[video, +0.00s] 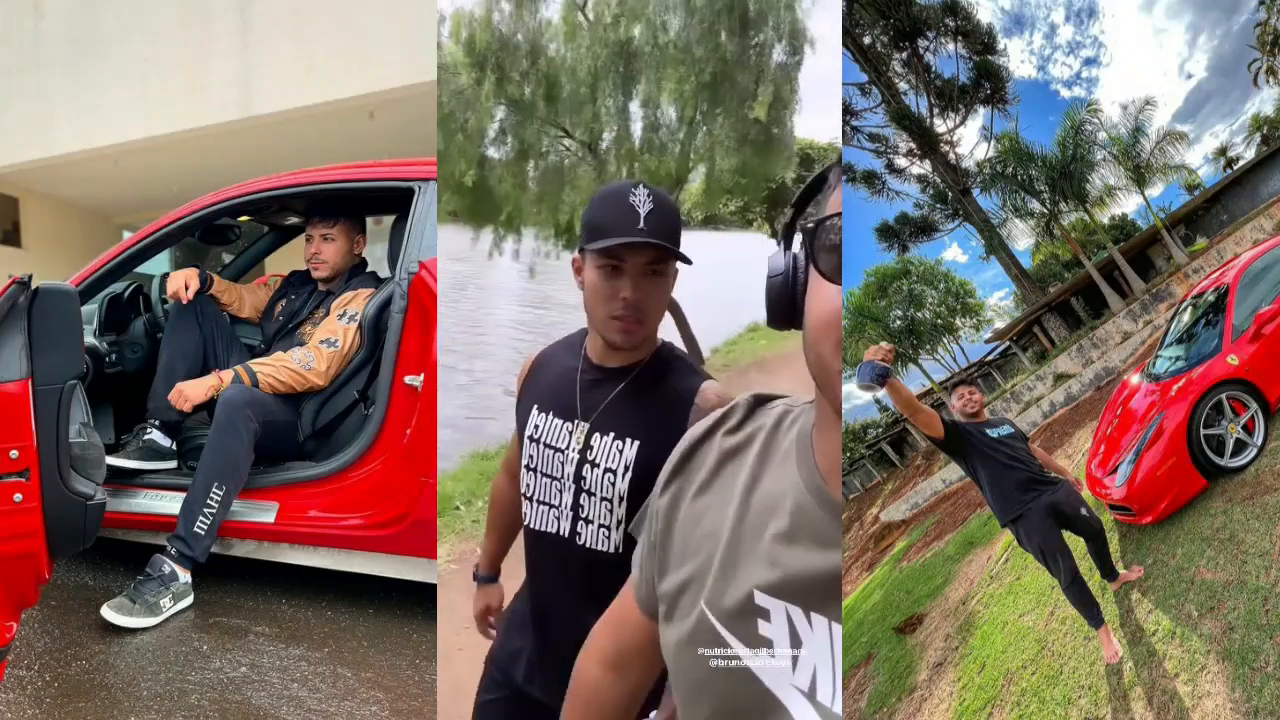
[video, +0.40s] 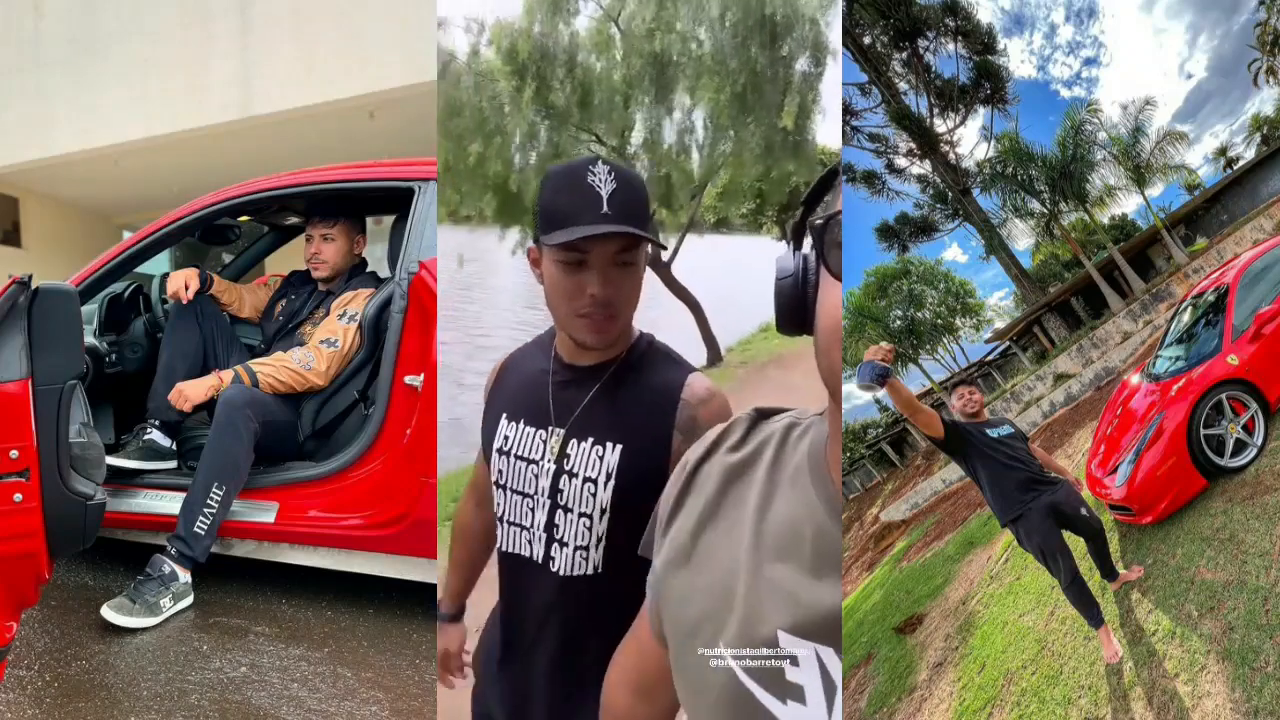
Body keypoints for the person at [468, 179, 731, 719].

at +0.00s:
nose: (631, 293)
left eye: (654, 271)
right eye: (612, 268)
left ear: (673, 280)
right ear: (579, 271)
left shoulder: (702, 409)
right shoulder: (544, 371)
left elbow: (711, 556)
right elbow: (516, 475)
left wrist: (683, 691)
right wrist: (486, 571)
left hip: (629, 676)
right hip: (530, 647)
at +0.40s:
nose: (599, 290)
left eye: (622, 262)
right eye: (574, 263)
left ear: (645, 263)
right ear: (537, 265)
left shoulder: (691, 409)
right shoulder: (512, 376)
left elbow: (704, 577)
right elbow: (483, 500)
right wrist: (450, 608)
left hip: (613, 698)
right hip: (507, 680)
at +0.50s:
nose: (613, 292)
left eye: (636, 267)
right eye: (591, 265)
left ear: (658, 270)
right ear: (552, 265)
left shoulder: (702, 408)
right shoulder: (521, 378)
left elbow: (725, 571)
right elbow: (463, 513)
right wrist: (406, 626)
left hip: (631, 691)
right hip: (525, 672)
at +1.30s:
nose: (584, 314)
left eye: (607, 292)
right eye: (564, 289)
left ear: (636, 286)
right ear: (536, 278)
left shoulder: (668, 399)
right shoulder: (513, 355)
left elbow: (675, 572)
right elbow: (475, 471)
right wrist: (430, 583)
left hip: (598, 687)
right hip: (493, 661)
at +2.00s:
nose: (635, 292)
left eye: (658, 265)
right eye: (611, 264)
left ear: (676, 267)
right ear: (572, 264)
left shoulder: (718, 401)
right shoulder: (522, 366)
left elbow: (723, 583)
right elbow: (468, 499)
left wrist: (593, 678)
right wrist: (480, 605)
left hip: (659, 698)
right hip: (536, 683)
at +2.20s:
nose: (627, 269)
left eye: (652, 243)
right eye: (605, 242)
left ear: (678, 242)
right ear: (570, 237)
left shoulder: (717, 379)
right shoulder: (528, 332)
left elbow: (737, 550)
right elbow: (469, 462)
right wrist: (478, 555)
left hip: (639, 684)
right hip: (530, 667)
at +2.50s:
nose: (585, 289)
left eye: (608, 264)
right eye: (564, 266)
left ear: (640, 257)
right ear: (539, 264)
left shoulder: (682, 386)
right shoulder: (515, 342)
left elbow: (677, 561)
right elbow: (462, 454)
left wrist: (615, 706)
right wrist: (444, 512)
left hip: (604, 690)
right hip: (500, 670)